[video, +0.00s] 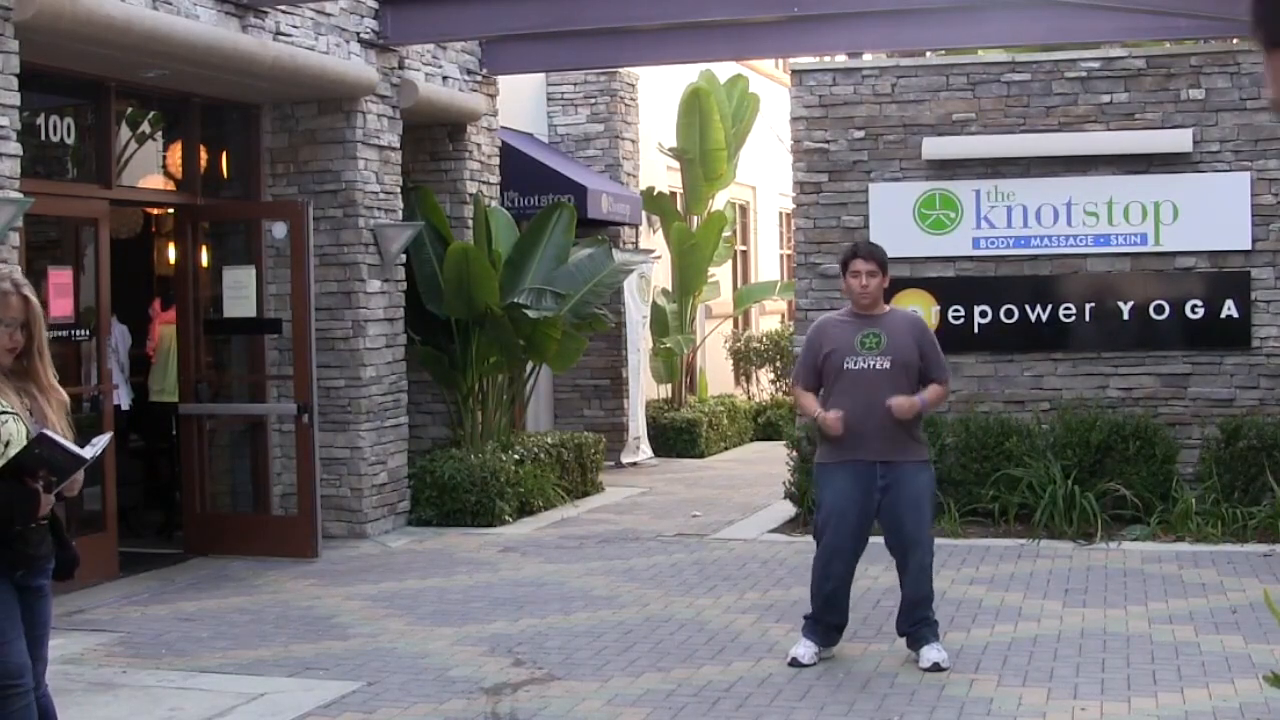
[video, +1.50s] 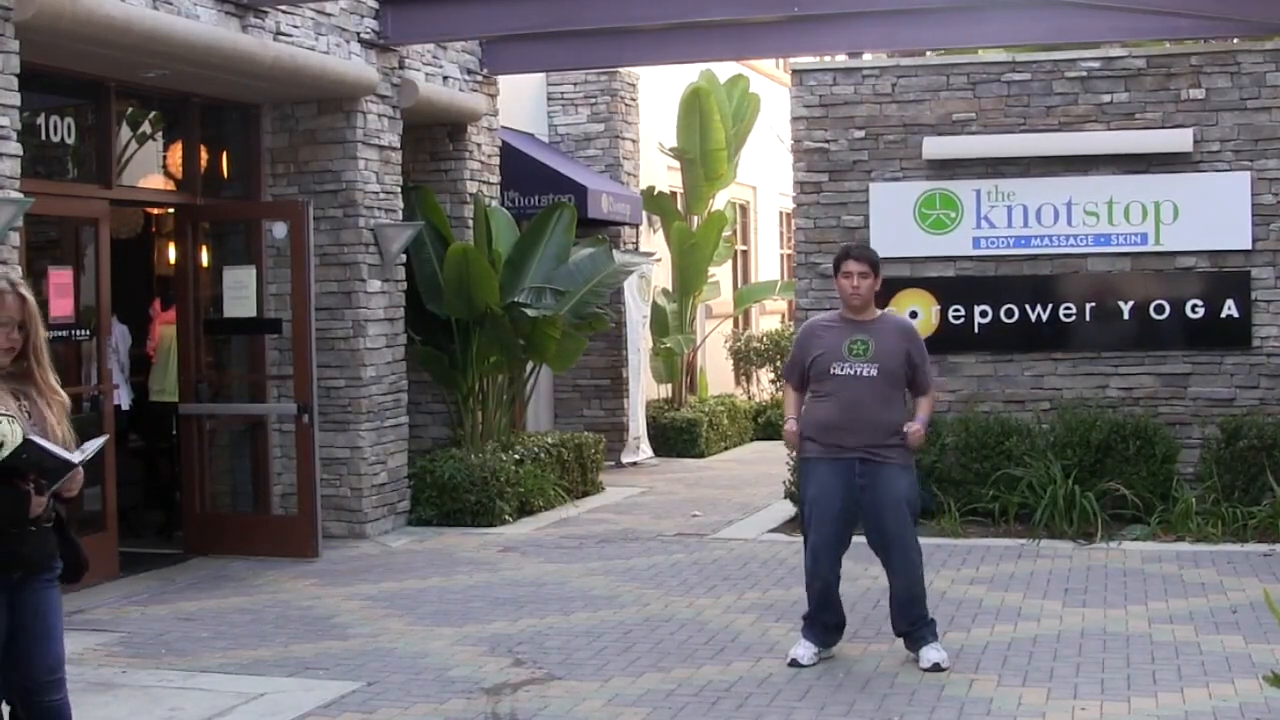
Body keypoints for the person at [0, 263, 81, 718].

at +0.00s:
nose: (12, 337)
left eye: (20, 326)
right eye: (4, 325)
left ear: (32, 329)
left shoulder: (46, 392)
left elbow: (66, 472)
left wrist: (70, 484)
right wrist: (30, 501)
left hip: (37, 553)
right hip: (3, 553)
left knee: (36, 682)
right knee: (17, 685)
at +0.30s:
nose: (16, 334)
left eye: (24, 323)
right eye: (8, 321)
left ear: (33, 328)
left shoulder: (42, 389)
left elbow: (63, 464)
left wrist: (70, 484)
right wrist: (32, 497)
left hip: (37, 553)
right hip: (2, 553)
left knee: (37, 684)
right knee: (12, 686)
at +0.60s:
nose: (15, 331)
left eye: (23, 322)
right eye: (7, 318)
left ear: (31, 329)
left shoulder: (42, 391)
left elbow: (62, 465)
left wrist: (69, 484)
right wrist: (29, 499)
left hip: (36, 557)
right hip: (1, 555)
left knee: (37, 689)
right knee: (3, 687)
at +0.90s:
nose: (4, 334)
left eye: (11, 323)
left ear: (22, 330)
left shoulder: (36, 394)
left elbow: (55, 477)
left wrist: (63, 485)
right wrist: (12, 504)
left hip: (30, 567)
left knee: (44, 701)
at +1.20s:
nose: (4, 332)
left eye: (11, 321)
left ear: (23, 328)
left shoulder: (40, 393)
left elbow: (56, 475)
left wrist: (65, 483)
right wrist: (8, 504)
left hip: (32, 564)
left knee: (45, 700)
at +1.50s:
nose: (10, 337)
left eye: (18, 326)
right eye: (2, 325)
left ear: (30, 331)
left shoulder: (42, 393)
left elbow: (64, 472)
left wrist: (71, 483)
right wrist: (15, 503)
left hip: (35, 565)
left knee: (46, 699)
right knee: (16, 699)